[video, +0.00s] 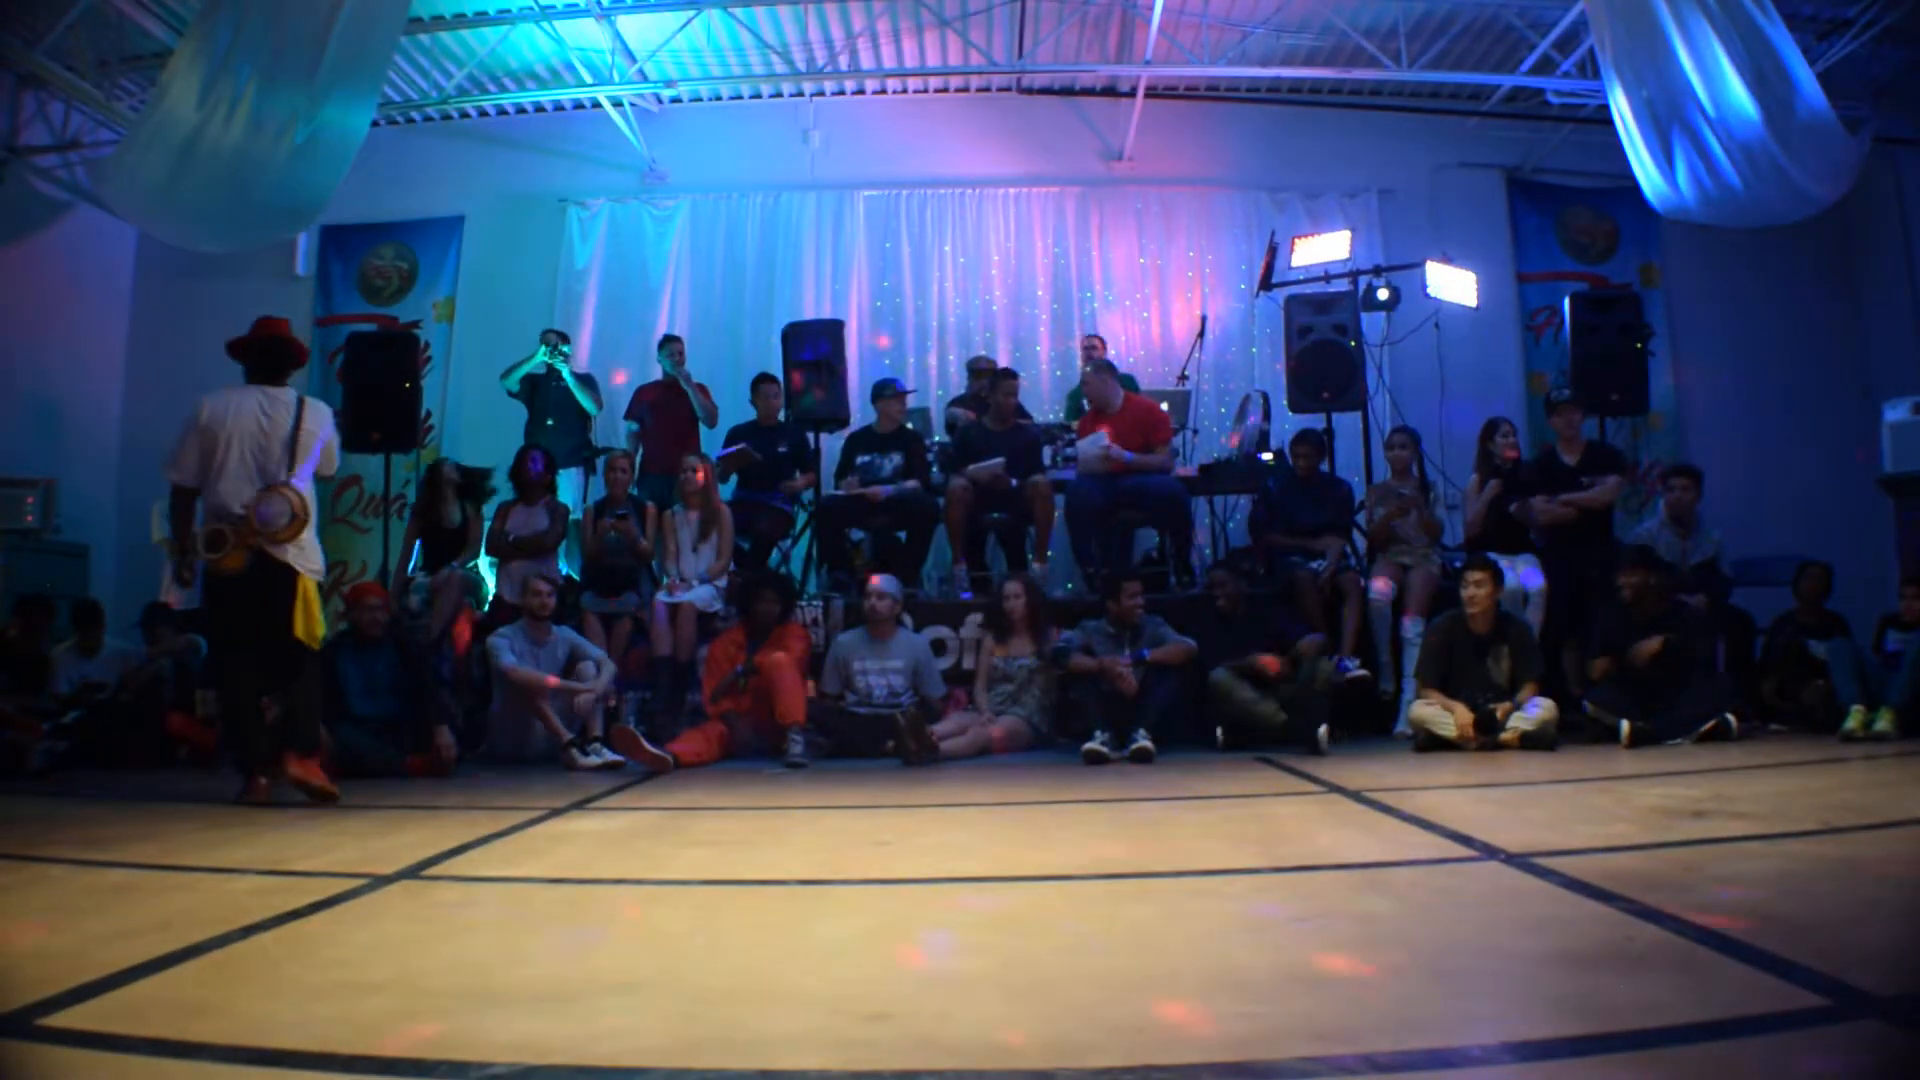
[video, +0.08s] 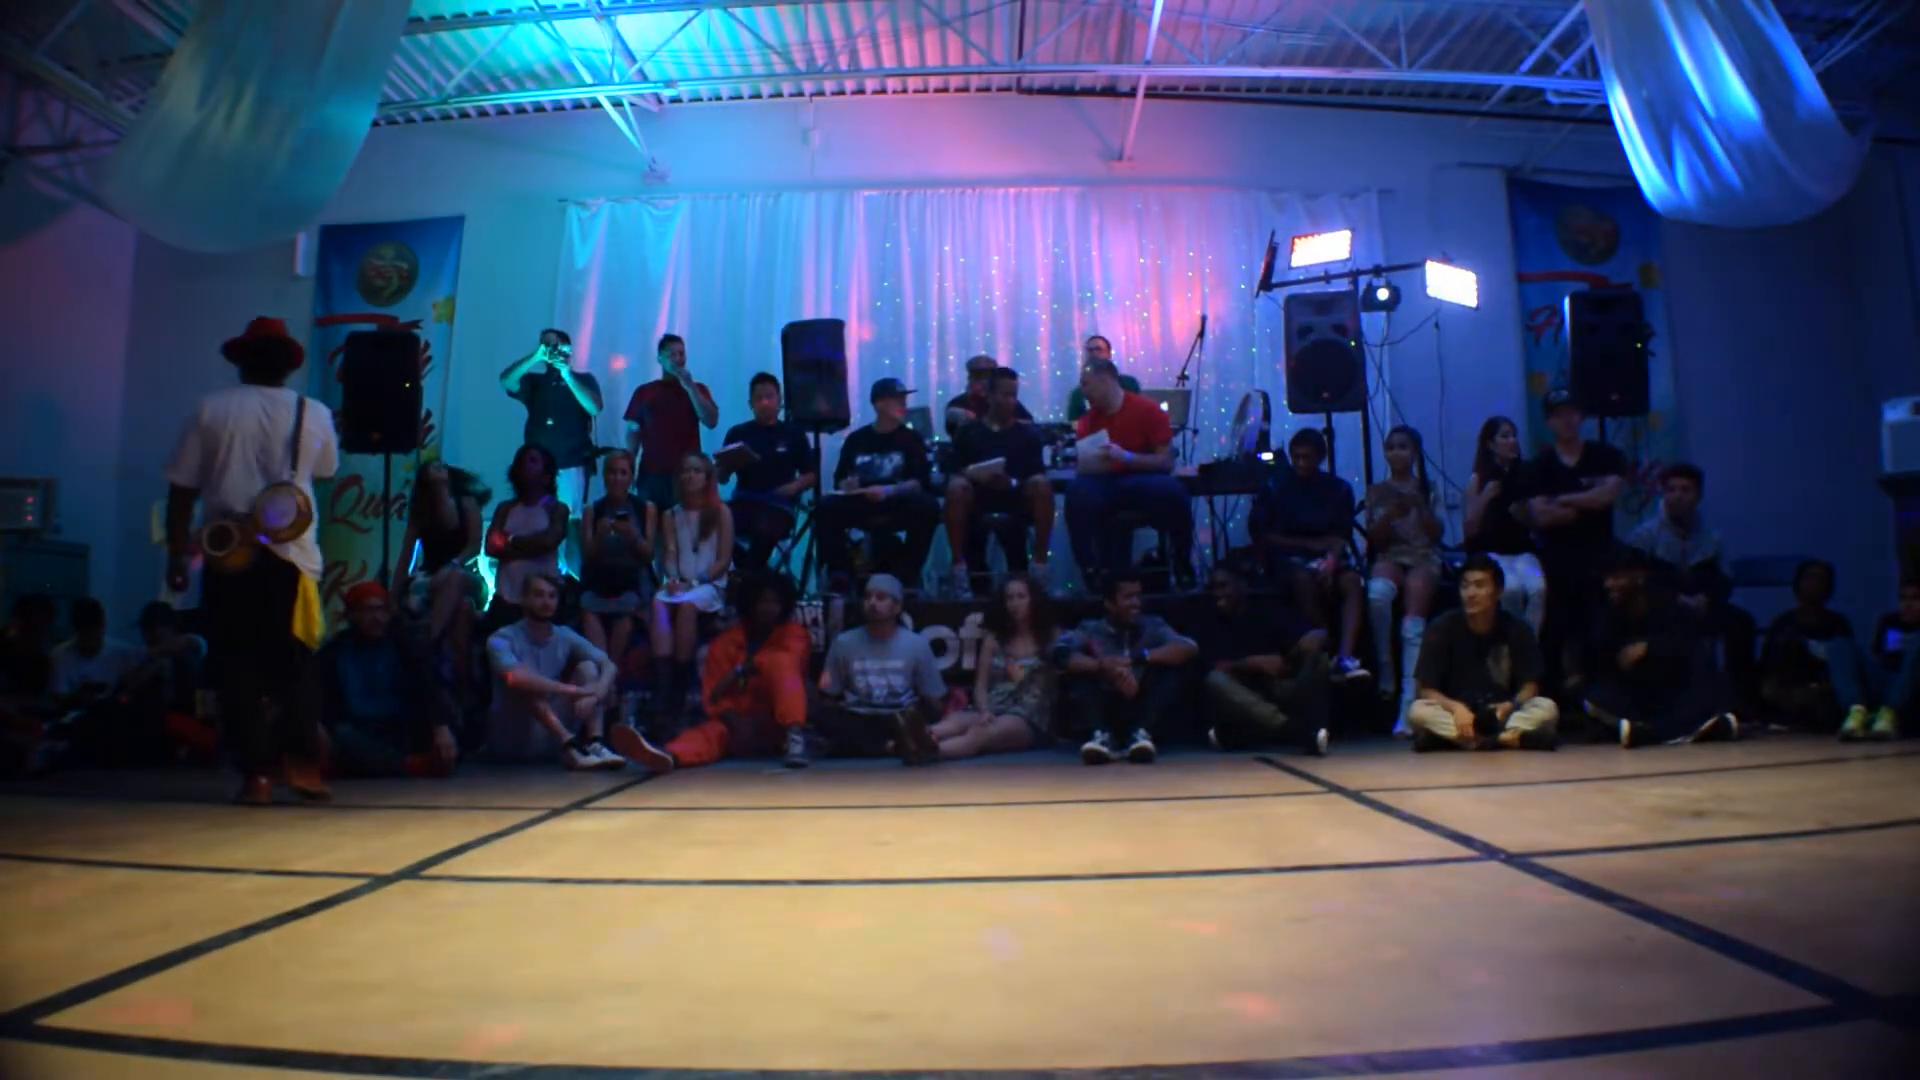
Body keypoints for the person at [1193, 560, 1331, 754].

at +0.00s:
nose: (1218, 593)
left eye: (1223, 586)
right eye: (1213, 588)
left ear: (1239, 585)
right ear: (1209, 591)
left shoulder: (1264, 611)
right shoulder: (1212, 622)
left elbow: (1311, 640)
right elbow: (1213, 663)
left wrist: (1287, 661)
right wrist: (1253, 662)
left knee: (1322, 666)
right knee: (1219, 678)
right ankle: (1298, 732)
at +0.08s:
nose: (1218, 593)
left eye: (1224, 586)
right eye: (1214, 588)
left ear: (1241, 586)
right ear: (1211, 591)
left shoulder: (1264, 614)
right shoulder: (1212, 624)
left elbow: (1315, 636)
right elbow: (1212, 665)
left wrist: (1287, 660)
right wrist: (1256, 663)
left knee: (1317, 660)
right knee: (1215, 680)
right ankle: (1297, 733)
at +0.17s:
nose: (1221, 593)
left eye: (1226, 585)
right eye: (1216, 588)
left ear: (1243, 586)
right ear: (1212, 592)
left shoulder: (1265, 613)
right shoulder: (1212, 623)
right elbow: (1208, 664)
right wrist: (1253, 664)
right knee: (1213, 681)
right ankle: (1293, 733)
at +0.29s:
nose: (1226, 594)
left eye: (1232, 586)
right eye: (1221, 588)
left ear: (1247, 586)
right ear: (1215, 593)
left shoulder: (1266, 612)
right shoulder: (1215, 621)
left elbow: (1314, 624)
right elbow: (1212, 661)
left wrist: (1312, 639)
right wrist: (1252, 663)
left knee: (1293, 638)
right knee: (1210, 679)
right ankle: (1282, 733)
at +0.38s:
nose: (1227, 594)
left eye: (1233, 587)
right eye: (1221, 589)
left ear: (1248, 587)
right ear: (1215, 592)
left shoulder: (1267, 614)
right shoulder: (1214, 622)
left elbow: (1314, 632)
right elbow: (1207, 660)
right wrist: (1260, 662)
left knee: (1290, 637)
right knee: (1207, 678)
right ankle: (1279, 732)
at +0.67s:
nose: (1232, 593)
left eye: (1238, 586)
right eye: (1227, 588)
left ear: (1253, 586)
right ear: (1221, 591)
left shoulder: (1273, 614)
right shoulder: (1219, 623)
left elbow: (1317, 637)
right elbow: (1214, 668)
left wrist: (1276, 670)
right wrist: (1261, 685)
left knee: (1294, 639)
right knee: (1202, 688)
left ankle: (1250, 734)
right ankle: (1280, 733)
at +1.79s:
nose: (1220, 594)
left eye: (1227, 587)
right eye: (1218, 588)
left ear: (1246, 588)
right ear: (1213, 591)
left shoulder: (1271, 619)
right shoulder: (1215, 629)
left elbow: (1308, 628)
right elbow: (1209, 677)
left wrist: (1274, 674)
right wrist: (1257, 687)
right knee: (1198, 695)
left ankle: (1249, 736)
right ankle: (1279, 735)